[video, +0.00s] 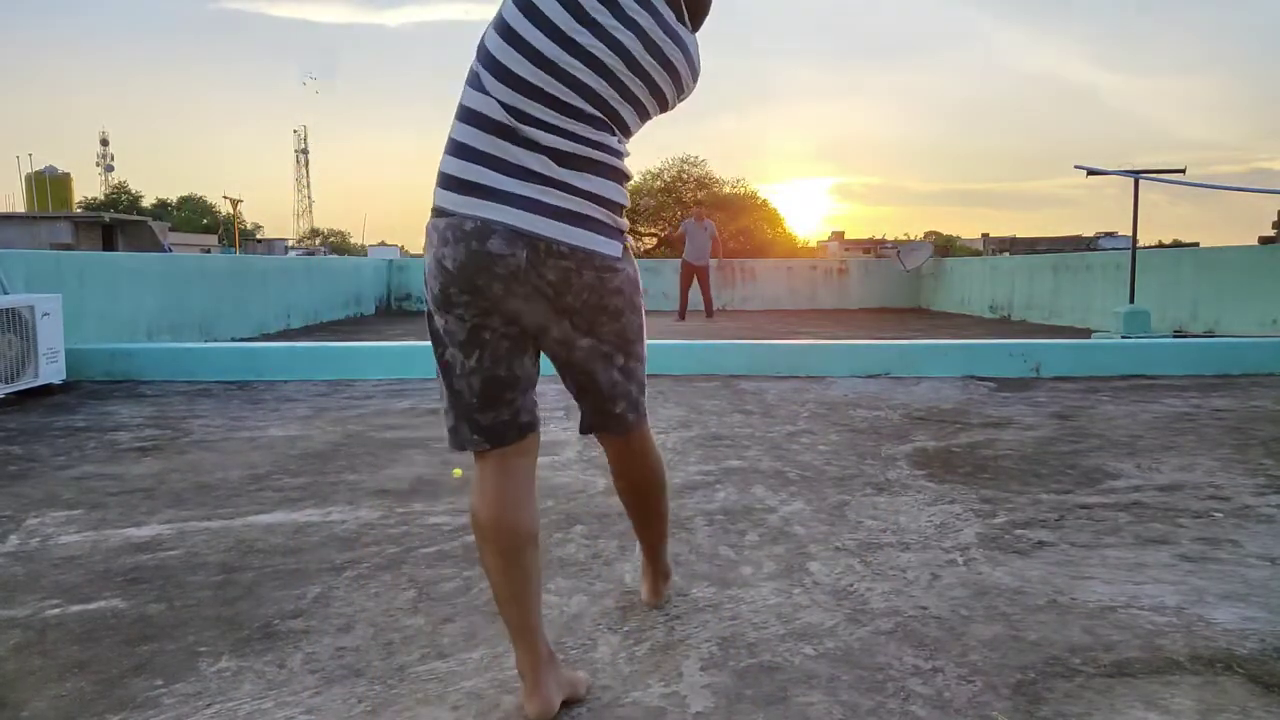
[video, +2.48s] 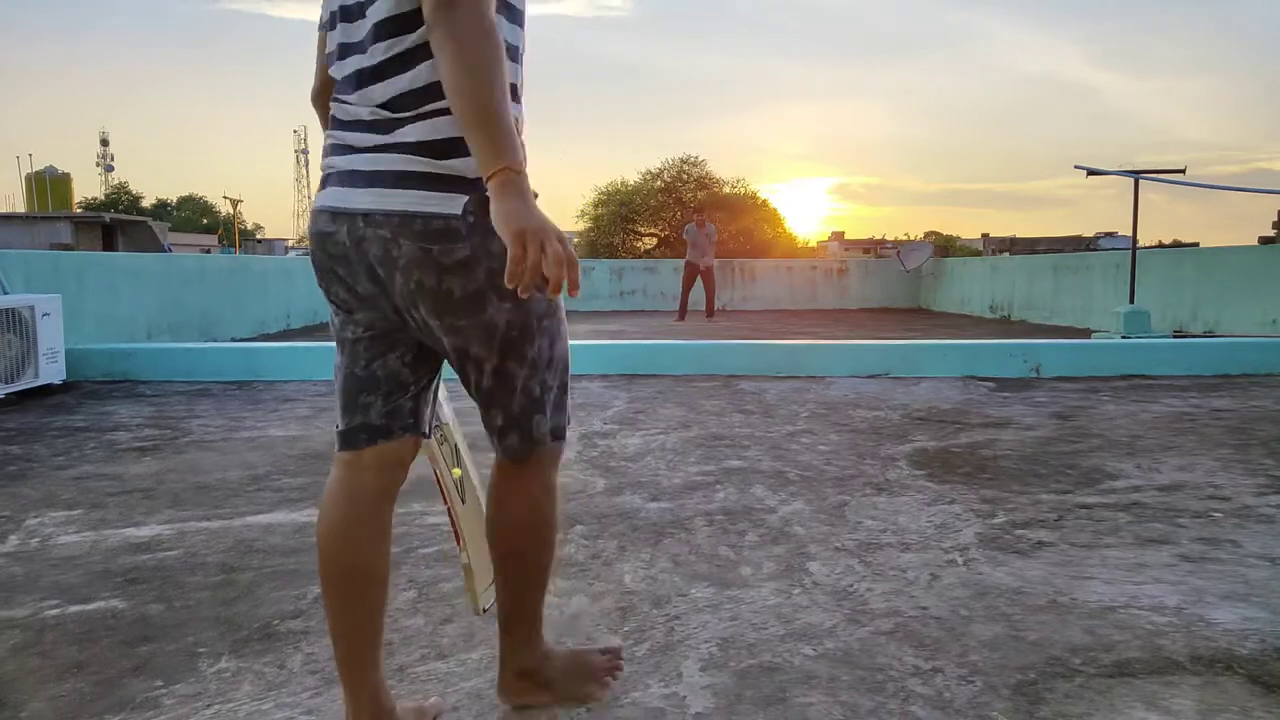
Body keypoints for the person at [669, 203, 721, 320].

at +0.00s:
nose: (698, 210)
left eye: (700, 208)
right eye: (696, 208)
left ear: (704, 210)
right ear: (692, 210)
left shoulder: (710, 224)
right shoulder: (687, 224)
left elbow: (716, 240)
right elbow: (678, 236)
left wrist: (720, 257)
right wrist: (671, 236)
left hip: (703, 262)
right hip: (688, 261)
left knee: (706, 291)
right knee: (684, 290)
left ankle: (709, 315)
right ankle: (681, 316)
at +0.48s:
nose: (695, 209)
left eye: (697, 206)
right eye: (693, 206)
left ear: (701, 208)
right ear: (689, 208)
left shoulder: (707, 222)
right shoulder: (685, 222)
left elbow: (717, 232)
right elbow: (673, 227)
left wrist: (719, 233)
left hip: (701, 261)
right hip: (687, 260)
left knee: (705, 291)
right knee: (686, 290)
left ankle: (709, 314)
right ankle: (682, 315)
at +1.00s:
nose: (693, 209)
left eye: (695, 206)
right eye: (690, 207)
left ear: (700, 208)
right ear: (687, 209)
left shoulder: (705, 223)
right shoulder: (683, 223)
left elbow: (709, 240)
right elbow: (681, 240)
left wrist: (712, 257)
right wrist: (680, 257)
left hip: (701, 262)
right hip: (687, 261)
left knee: (705, 291)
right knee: (686, 291)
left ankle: (709, 314)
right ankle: (682, 315)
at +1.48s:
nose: (691, 210)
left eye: (693, 207)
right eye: (689, 207)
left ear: (698, 209)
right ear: (685, 210)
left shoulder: (704, 222)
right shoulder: (683, 223)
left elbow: (712, 240)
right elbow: (678, 241)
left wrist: (719, 256)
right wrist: (672, 257)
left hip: (702, 262)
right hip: (688, 261)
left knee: (705, 291)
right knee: (686, 291)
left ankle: (709, 315)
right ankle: (682, 315)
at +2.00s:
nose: (692, 214)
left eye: (695, 211)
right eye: (690, 211)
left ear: (699, 212)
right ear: (687, 211)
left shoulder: (704, 225)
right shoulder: (683, 225)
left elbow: (707, 243)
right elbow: (681, 242)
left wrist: (708, 260)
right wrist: (679, 259)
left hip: (704, 262)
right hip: (689, 261)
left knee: (707, 292)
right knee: (687, 292)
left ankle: (710, 316)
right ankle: (682, 316)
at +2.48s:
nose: (699, 218)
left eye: (701, 216)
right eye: (697, 216)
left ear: (705, 217)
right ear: (693, 217)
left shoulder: (711, 229)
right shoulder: (688, 228)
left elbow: (712, 246)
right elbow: (688, 243)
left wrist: (707, 260)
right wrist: (691, 257)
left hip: (706, 263)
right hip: (692, 263)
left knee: (710, 291)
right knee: (685, 290)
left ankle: (710, 315)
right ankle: (681, 316)